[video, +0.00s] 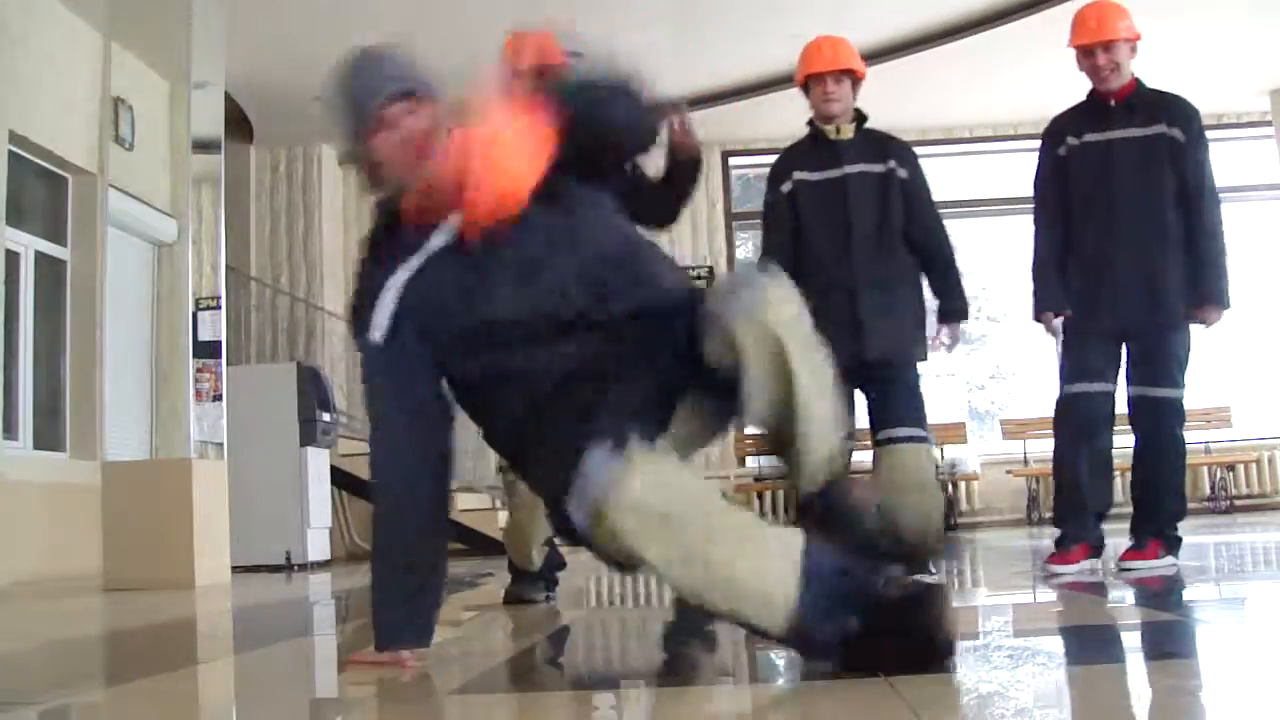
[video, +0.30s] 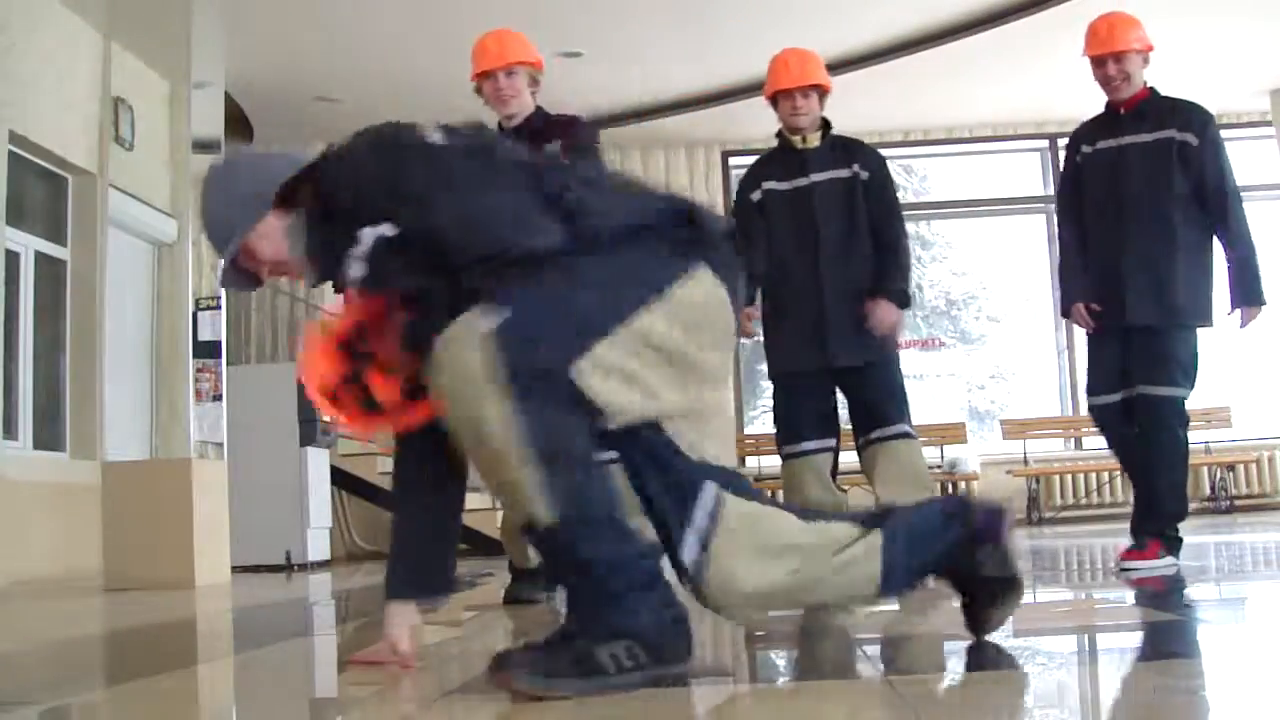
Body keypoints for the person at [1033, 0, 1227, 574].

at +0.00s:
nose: (1101, 59)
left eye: (1110, 47)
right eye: (1089, 51)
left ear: (1132, 46)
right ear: (1077, 57)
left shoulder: (1176, 115)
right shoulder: (1061, 131)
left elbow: (1202, 204)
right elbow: (1048, 219)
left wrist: (1209, 287)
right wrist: (1048, 291)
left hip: (1161, 298)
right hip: (1087, 301)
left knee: (1158, 422)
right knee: (1079, 421)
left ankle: (1155, 538)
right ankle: (1079, 537)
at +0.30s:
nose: (1109, 69)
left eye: (1119, 57)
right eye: (1099, 60)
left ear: (1145, 56)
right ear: (1091, 66)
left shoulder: (1190, 121)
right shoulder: (1083, 140)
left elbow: (1226, 207)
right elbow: (1070, 224)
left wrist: (1246, 283)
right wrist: (1073, 290)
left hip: (1171, 296)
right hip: (1106, 301)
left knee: (1159, 409)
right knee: (1106, 406)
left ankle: (1161, 540)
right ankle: (1155, 519)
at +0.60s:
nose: (1127, 93)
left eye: (1135, 81)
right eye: (1117, 85)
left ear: (1161, 77)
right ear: (1109, 89)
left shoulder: (1203, 133)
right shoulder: (1113, 160)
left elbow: (1243, 191)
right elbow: (1098, 238)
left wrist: (1200, 216)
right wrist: (1087, 305)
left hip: (1197, 301)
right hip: (1143, 306)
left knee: (1175, 411)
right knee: (1177, 416)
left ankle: (1159, 535)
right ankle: (1231, 526)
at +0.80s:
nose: (1137, 96)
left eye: (1144, 83)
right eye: (1128, 89)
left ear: (1171, 78)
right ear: (1123, 95)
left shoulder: (1216, 126)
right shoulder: (1132, 163)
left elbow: (1257, 160)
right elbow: (1119, 242)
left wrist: (1188, 124)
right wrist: (1092, 301)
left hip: (1218, 294)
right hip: (1166, 303)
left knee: (1197, 406)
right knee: (1190, 413)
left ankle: (1176, 526)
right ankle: (1233, 526)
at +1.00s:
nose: (1148, 92)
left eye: (1156, 80)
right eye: (1141, 84)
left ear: (1181, 79)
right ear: (1136, 91)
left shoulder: (1221, 129)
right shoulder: (1148, 160)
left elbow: (1263, 116)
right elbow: (1113, 222)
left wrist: (1196, 75)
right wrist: (1068, 211)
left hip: (1228, 287)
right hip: (1180, 299)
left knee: (1220, 400)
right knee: (1190, 409)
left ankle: (1254, 524)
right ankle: (1228, 526)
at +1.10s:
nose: (1158, 88)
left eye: (1167, 76)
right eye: (1150, 80)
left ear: (1192, 78)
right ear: (1144, 89)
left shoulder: (1229, 128)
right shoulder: (1149, 159)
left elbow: (1264, 109)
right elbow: (1102, 203)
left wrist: (1197, 69)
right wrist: (1080, 159)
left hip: (1237, 288)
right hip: (1182, 304)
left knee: (1239, 397)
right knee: (1195, 413)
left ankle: (1279, 520)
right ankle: (1232, 528)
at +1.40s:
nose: (1190, 81)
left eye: (1199, 68)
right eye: (1181, 73)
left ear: (1224, 70)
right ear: (1175, 83)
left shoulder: (1263, 123)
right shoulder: (1165, 145)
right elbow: (1107, 147)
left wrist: (1226, 60)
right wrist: (1137, 86)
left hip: (1268, 294)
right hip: (1205, 304)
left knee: (1276, 406)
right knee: (1215, 418)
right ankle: (1232, 529)